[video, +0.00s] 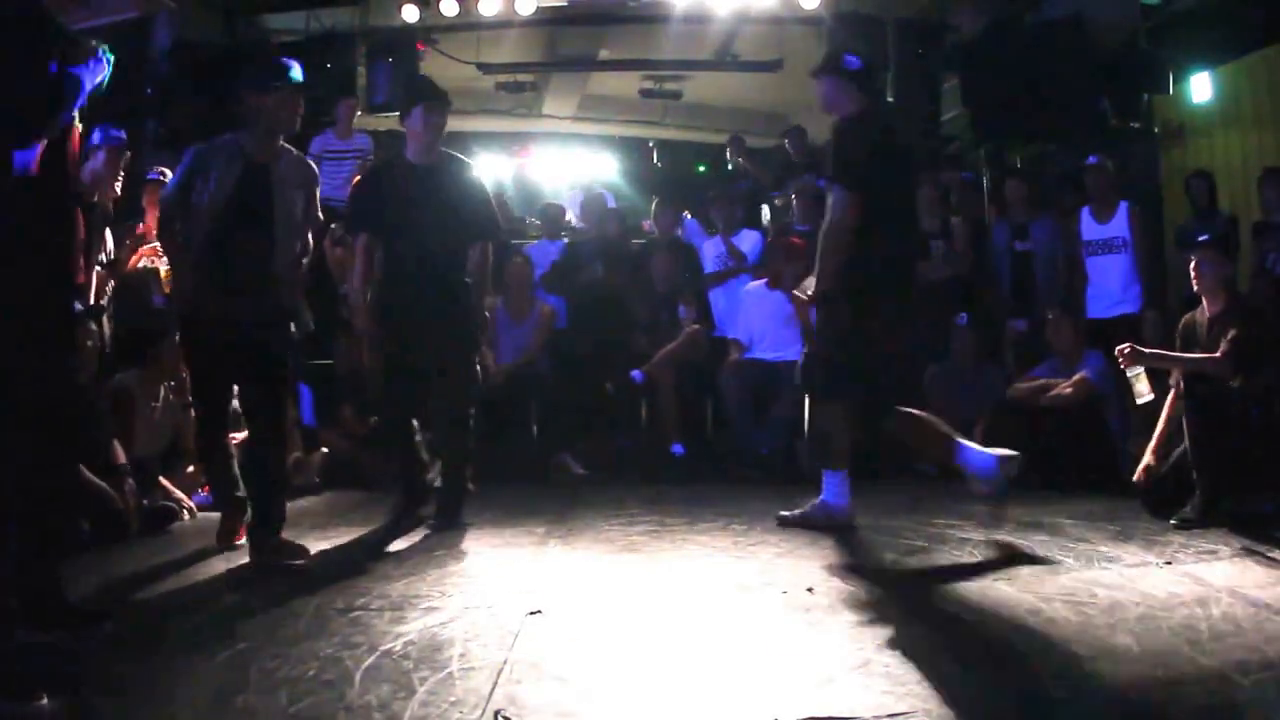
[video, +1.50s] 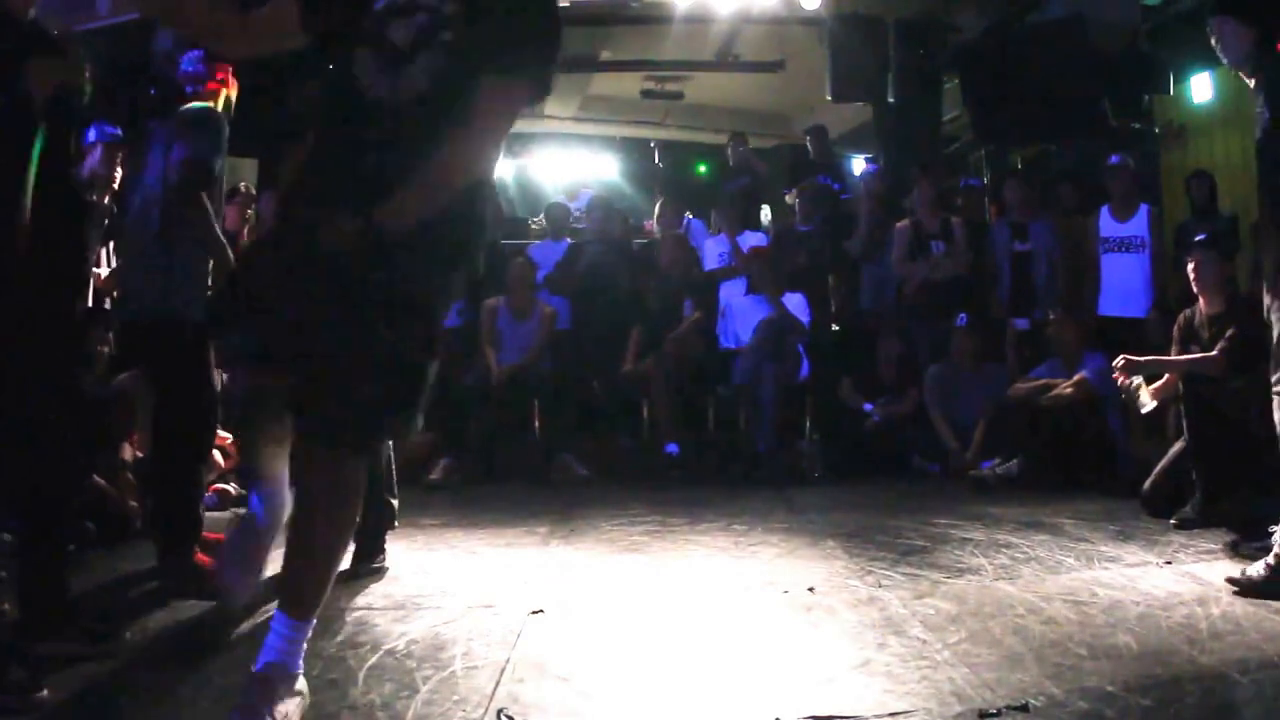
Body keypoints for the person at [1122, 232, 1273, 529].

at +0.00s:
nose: (1194, 269)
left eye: (1204, 262)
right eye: (1192, 261)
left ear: (1226, 269)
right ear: (1188, 267)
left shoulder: (1246, 316)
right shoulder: (1189, 324)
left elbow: (1222, 364)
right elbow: (1177, 392)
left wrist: (1147, 357)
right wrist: (1152, 453)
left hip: (1249, 427)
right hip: (1211, 429)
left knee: (1198, 391)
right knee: (1157, 495)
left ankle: (1205, 499)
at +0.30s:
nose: (1196, 267)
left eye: (1206, 261)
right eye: (1195, 260)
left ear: (1229, 267)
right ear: (1191, 265)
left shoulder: (1246, 314)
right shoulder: (1191, 314)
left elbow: (1222, 363)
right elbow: (1141, 344)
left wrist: (1152, 359)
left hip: (1246, 424)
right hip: (1208, 425)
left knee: (1195, 387)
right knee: (1156, 497)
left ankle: (1206, 498)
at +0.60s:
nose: (1198, 268)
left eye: (1207, 261)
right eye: (1196, 261)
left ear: (1229, 268)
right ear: (1191, 266)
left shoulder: (1247, 315)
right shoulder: (1189, 313)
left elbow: (1221, 363)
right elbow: (1133, 322)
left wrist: (1148, 361)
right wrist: (1084, 288)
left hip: (1245, 425)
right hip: (1207, 426)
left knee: (1195, 394)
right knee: (1156, 497)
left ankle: (1204, 498)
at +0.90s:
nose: (1199, 274)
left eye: (1207, 267)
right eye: (1196, 267)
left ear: (1226, 272)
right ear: (1191, 271)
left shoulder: (1247, 313)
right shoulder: (1194, 311)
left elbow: (1220, 363)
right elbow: (1146, 327)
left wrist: (1147, 362)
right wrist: (1093, 313)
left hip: (1245, 425)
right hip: (1210, 426)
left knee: (1197, 391)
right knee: (1156, 497)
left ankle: (1206, 497)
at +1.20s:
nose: (1192, 280)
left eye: (1197, 273)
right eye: (1193, 272)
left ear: (1219, 277)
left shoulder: (1245, 318)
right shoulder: (1188, 318)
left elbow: (1221, 363)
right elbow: (1166, 370)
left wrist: (1149, 364)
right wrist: (1137, 376)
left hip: (1243, 428)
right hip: (1206, 429)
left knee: (1195, 388)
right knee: (1156, 498)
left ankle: (1205, 498)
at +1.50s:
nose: (1194, 269)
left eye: (1203, 262)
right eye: (1191, 262)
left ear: (1225, 269)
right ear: (1186, 268)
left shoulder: (1246, 314)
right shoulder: (1187, 321)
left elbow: (1216, 362)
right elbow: (1179, 373)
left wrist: (1146, 363)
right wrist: (1149, 393)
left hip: (1246, 432)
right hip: (1205, 432)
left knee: (1193, 388)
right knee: (1154, 498)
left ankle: (1205, 499)